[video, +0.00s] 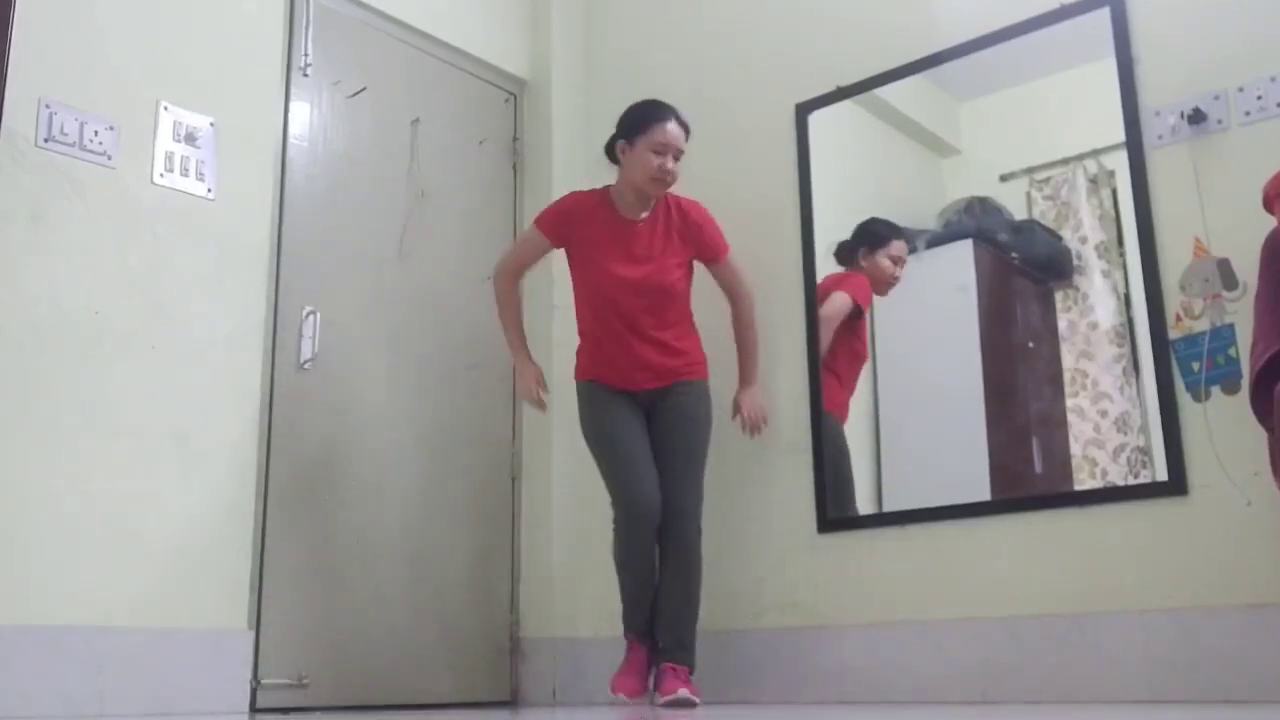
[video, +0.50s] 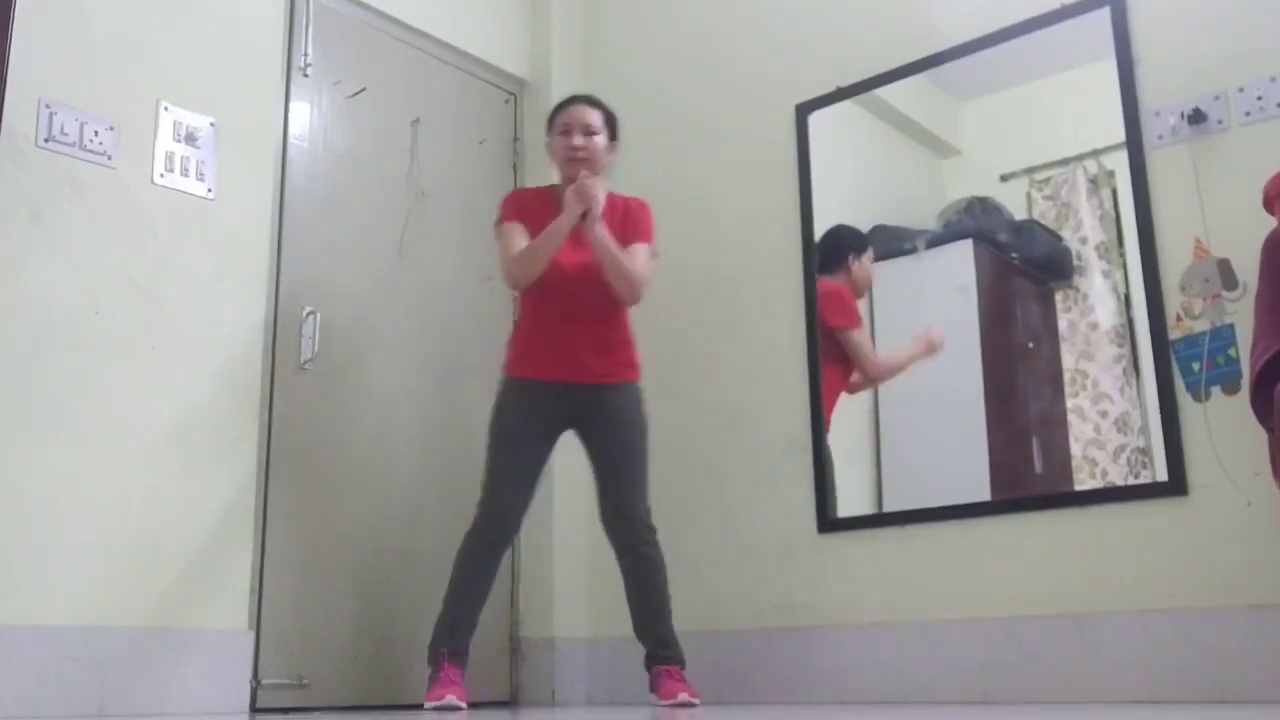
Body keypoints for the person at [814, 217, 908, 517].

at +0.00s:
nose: (899, 273)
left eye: (903, 265)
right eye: (894, 261)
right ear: (864, 256)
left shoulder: (829, 283)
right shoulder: (858, 283)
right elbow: (827, 315)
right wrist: (811, 370)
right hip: (825, 417)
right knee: (842, 516)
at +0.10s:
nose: (897, 272)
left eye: (898, 262)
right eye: (893, 260)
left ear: (866, 258)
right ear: (866, 257)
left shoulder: (823, 287)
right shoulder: (852, 287)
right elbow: (830, 345)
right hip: (825, 434)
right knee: (849, 526)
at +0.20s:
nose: (889, 273)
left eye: (890, 263)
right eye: (886, 260)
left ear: (860, 258)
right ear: (863, 258)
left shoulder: (822, 289)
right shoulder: (846, 288)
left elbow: (825, 396)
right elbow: (843, 367)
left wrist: (877, 432)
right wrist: (884, 426)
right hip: (824, 431)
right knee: (851, 526)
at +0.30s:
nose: (884, 267)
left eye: (884, 257)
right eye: (881, 256)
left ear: (855, 253)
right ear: (861, 253)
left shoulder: (821, 285)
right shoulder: (846, 284)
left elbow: (833, 383)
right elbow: (865, 365)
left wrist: (885, 387)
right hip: (819, 423)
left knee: (833, 518)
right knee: (842, 518)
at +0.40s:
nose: (880, 266)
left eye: (880, 256)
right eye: (877, 254)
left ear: (850, 253)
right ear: (858, 252)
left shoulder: (820, 285)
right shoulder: (844, 283)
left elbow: (843, 377)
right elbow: (878, 362)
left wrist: (908, 354)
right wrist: (919, 344)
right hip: (815, 423)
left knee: (826, 517)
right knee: (830, 517)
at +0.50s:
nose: (872, 273)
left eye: (872, 263)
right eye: (869, 263)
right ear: (851, 262)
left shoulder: (823, 294)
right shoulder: (832, 292)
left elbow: (851, 383)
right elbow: (874, 369)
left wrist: (914, 353)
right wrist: (921, 348)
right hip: (807, 435)